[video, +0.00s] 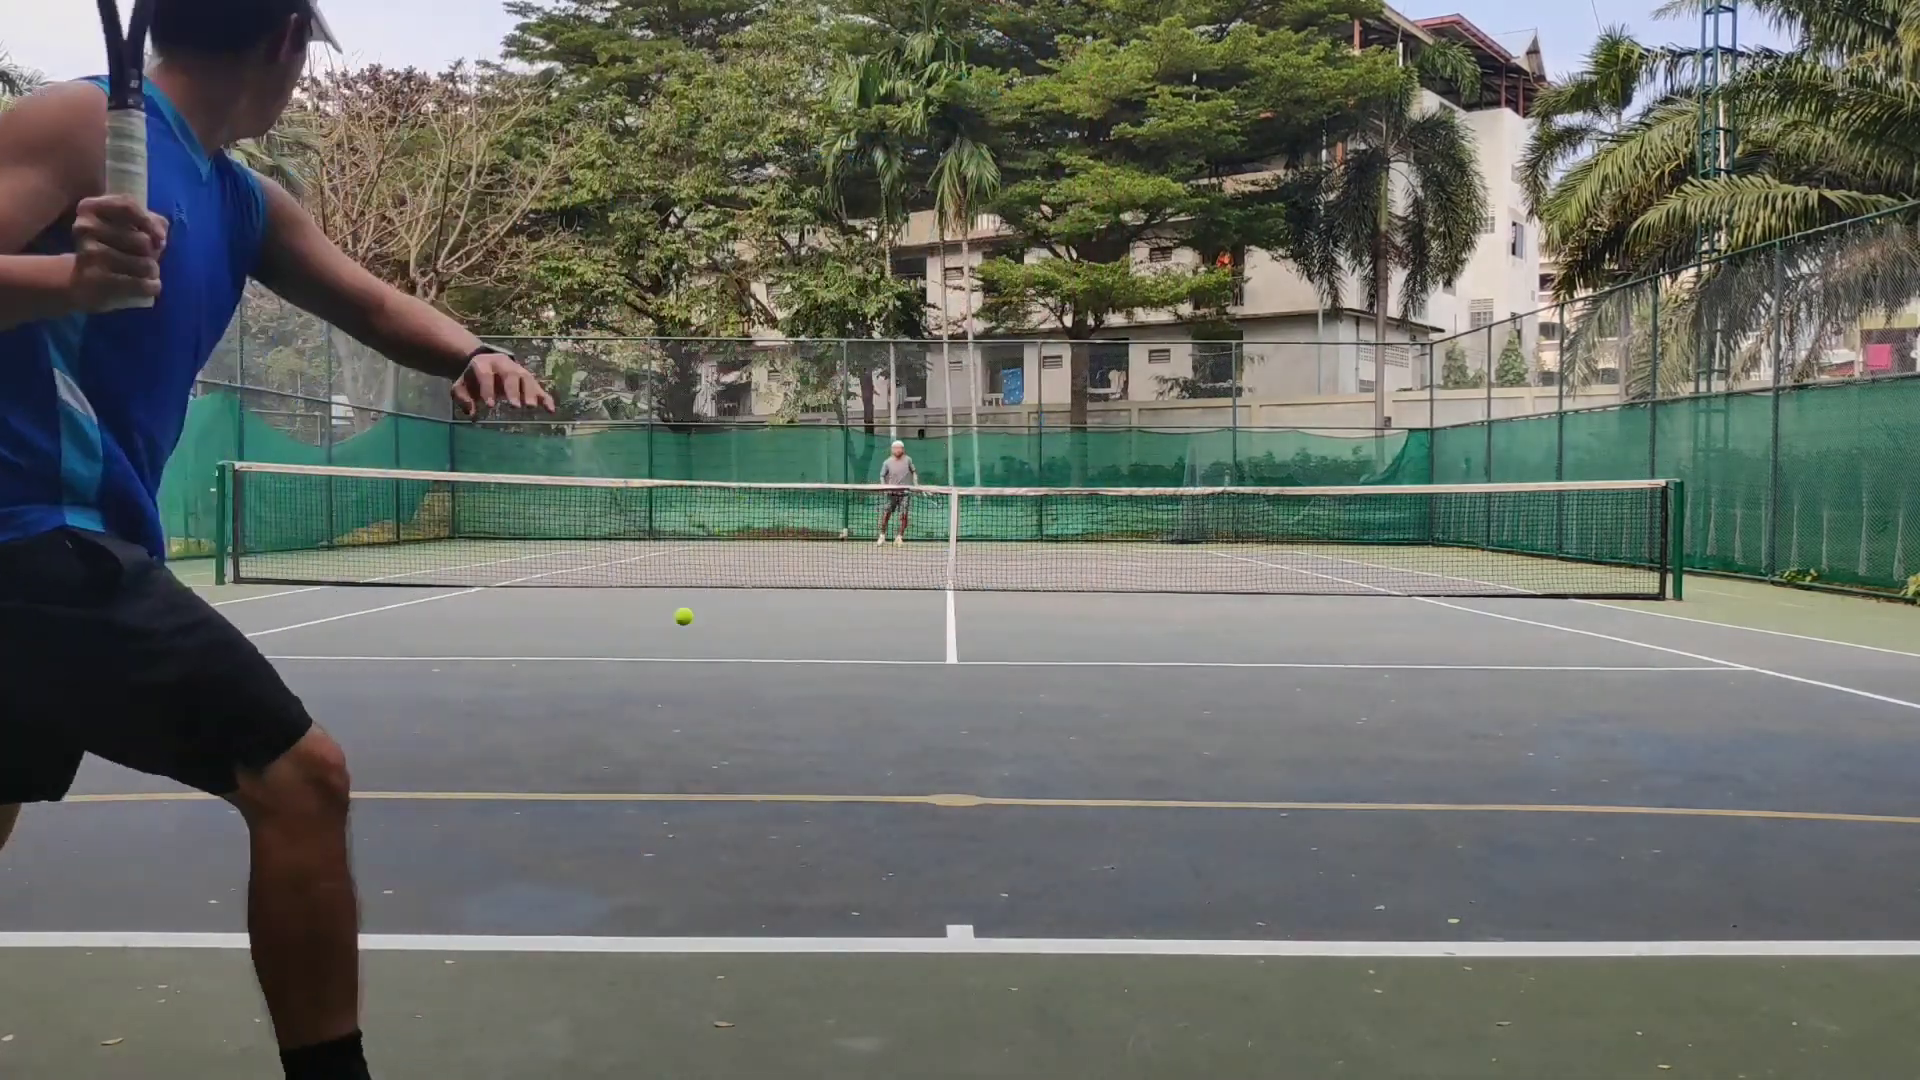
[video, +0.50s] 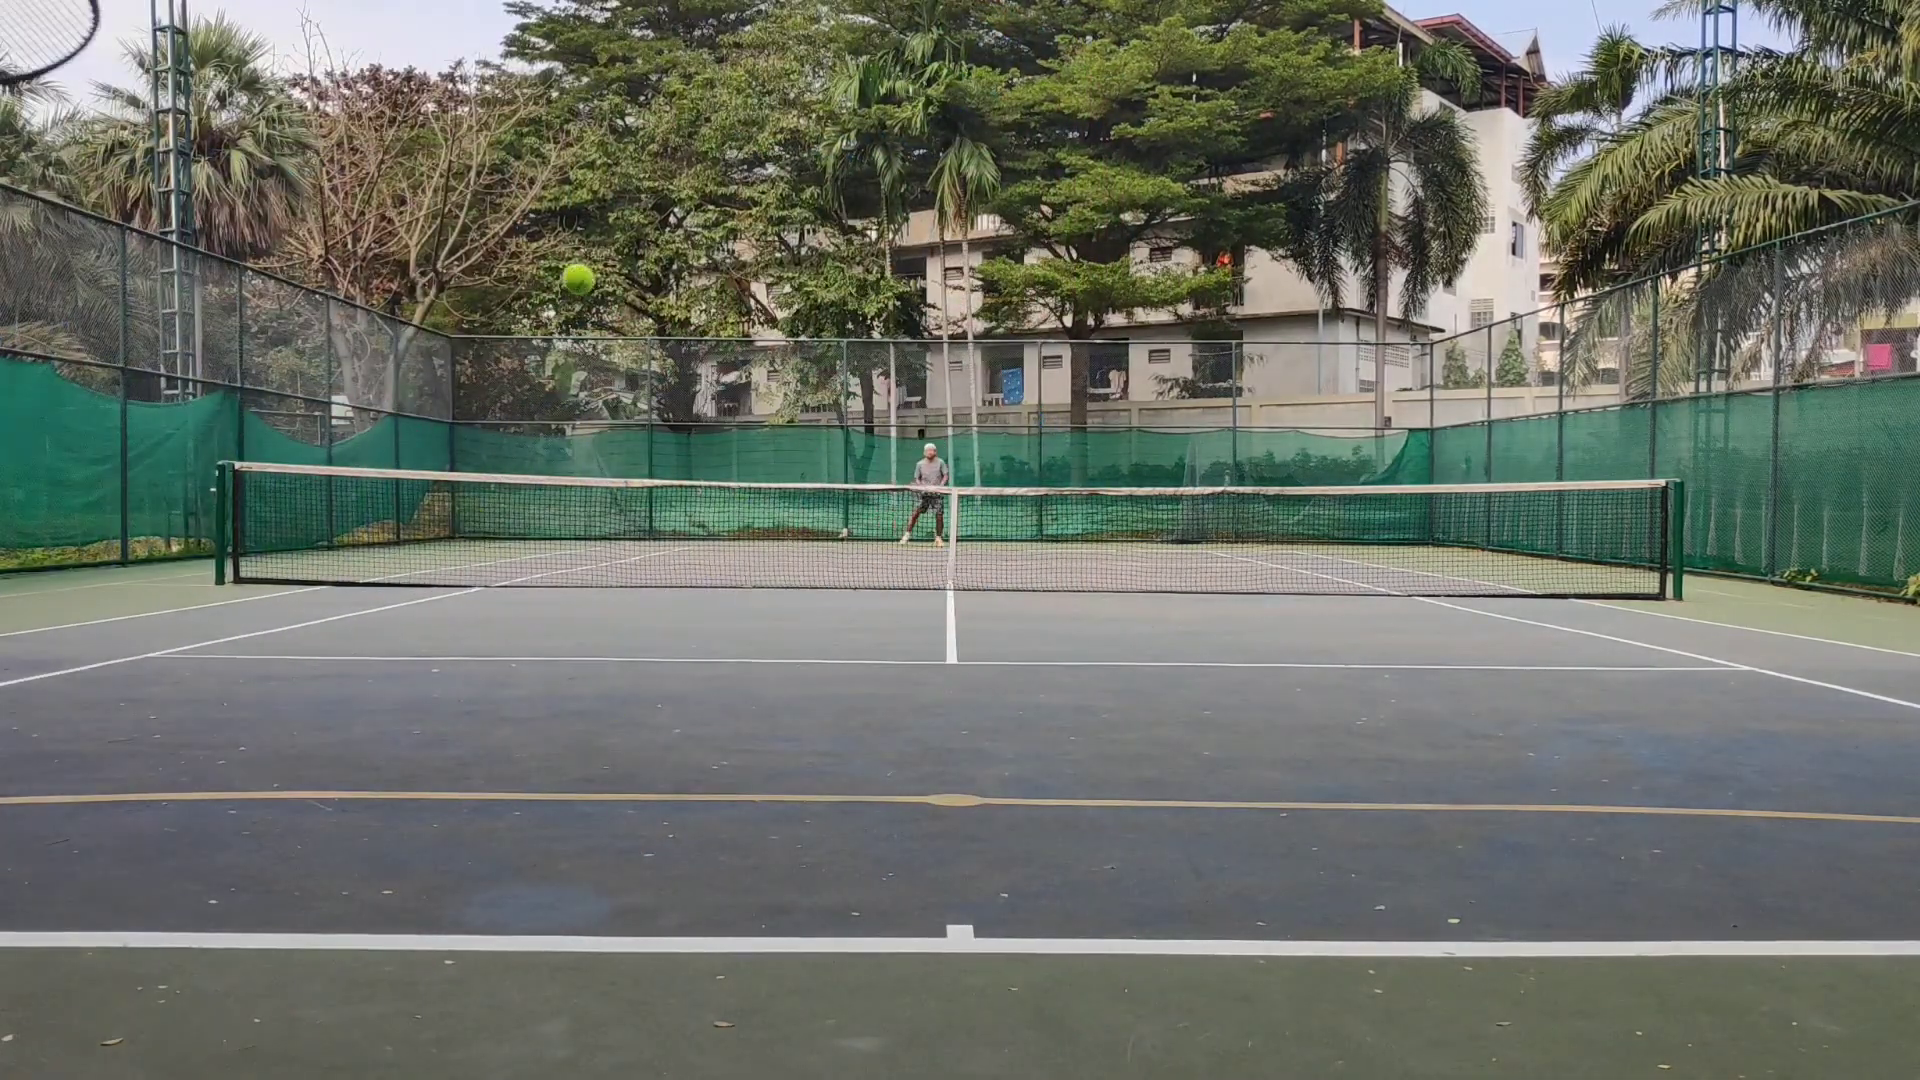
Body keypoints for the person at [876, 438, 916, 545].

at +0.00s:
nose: (897, 450)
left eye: (899, 448)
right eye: (895, 448)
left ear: (903, 449)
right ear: (892, 450)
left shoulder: (907, 460)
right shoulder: (887, 462)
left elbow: (914, 472)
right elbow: (882, 476)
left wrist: (916, 485)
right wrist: (884, 486)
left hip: (904, 490)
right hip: (891, 490)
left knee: (904, 515)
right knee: (887, 513)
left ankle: (900, 535)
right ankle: (882, 534)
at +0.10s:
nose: (904, 450)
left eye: (906, 448)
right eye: (902, 448)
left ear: (908, 449)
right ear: (898, 449)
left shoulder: (912, 459)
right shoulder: (892, 461)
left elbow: (916, 472)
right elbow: (888, 475)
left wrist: (915, 484)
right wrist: (891, 484)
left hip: (909, 488)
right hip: (897, 488)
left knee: (911, 512)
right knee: (895, 512)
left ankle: (909, 534)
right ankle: (893, 534)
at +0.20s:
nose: (909, 453)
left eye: (911, 451)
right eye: (907, 451)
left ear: (914, 452)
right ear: (903, 452)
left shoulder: (918, 463)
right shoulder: (898, 464)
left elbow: (921, 476)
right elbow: (894, 478)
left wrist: (919, 485)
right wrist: (897, 487)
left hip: (915, 490)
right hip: (902, 490)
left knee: (922, 513)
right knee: (899, 514)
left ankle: (925, 535)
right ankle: (894, 536)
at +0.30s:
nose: (916, 456)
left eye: (918, 453)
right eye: (914, 453)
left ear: (921, 455)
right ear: (910, 455)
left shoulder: (924, 466)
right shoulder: (904, 467)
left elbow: (928, 479)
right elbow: (900, 481)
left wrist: (924, 488)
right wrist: (908, 487)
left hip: (921, 494)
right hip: (908, 495)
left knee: (931, 516)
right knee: (904, 515)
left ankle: (935, 535)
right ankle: (894, 536)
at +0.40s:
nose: (923, 456)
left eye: (925, 453)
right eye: (921, 453)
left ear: (928, 455)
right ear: (918, 455)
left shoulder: (933, 466)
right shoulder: (913, 467)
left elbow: (937, 479)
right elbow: (909, 482)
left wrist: (934, 488)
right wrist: (916, 489)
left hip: (930, 494)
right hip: (918, 495)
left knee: (937, 517)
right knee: (910, 515)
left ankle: (938, 537)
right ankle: (896, 535)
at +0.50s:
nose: (930, 453)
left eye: (932, 450)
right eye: (928, 450)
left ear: (935, 452)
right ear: (924, 452)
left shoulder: (940, 462)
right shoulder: (920, 464)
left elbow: (946, 476)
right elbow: (917, 479)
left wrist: (940, 486)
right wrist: (923, 487)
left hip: (937, 492)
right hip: (925, 492)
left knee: (939, 515)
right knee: (917, 511)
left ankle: (939, 536)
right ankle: (908, 532)